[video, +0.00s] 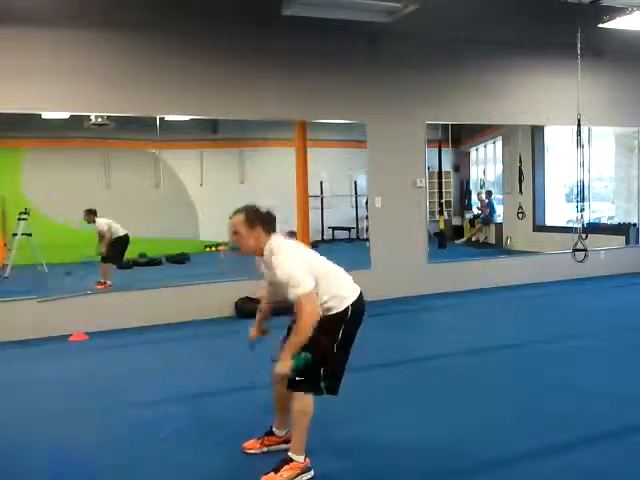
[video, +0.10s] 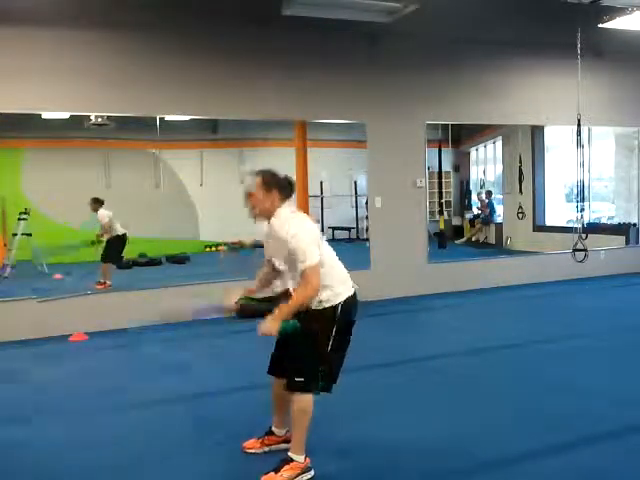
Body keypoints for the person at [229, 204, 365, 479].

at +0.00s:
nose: (234, 239)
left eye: (237, 232)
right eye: (233, 233)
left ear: (257, 231)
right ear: (256, 232)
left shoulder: (284, 258)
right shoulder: (269, 254)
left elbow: (310, 312)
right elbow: (272, 292)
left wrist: (287, 357)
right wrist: (261, 322)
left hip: (342, 307)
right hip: (315, 304)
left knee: (301, 380)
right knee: (283, 368)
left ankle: (298, 460)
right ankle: (281, 433)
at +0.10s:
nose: (249, 201)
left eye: (254, 194)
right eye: (249, 195)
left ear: (274, 195)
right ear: (271, 196)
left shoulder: (296, 227)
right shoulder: (274, 226)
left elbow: (311, 285)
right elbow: (274, 268)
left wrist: (277, 317)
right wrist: (251, 292)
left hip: (333, 302)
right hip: (305, 298)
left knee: (301, 382)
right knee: (281, 371)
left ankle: (298, 460)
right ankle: (280, 432)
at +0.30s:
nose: (273, 166)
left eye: (278, 160)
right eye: (273, 161)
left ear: (300, 164)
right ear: (288, 165)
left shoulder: (315, 199)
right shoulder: (284, 198)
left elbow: (315, 251)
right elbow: (268, 239)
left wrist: (272, 263)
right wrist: (232, 245)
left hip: (310, 300)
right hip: (284, 296)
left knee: (300, 382)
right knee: (275, 370)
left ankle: (298, 459)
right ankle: (279, 431)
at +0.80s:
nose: (289, 165)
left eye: (296, 159)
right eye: (290, 159)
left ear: (316, 166)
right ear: (303, 165)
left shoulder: (326, 200)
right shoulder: (295, 198)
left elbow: (323, 255)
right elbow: (287, 246)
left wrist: (292, 291)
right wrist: (269, 280)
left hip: (318, 298)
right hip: (291, 296)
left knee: (310, 376)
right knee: (281, 370)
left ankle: (313, 453)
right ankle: (280, 432)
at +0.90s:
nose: (297, 164)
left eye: (303, 159)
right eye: (298, 158)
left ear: (323, 166)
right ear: (312, 166)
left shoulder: (333, 200)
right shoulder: (303, 199)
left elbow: (330, 257)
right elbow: (293, 246)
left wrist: (295, 283)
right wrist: (271, 275)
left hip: (325, 298)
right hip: (298, 296)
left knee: (318, 376)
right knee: (288, 370)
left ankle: (350, 443)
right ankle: (281, 433)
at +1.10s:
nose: (313, 164)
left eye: (320, 157)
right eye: (313, 158)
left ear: (341, 164)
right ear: (326, 165)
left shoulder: (352, 203)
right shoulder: (322, 201)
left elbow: (363, 258)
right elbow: (325, 250)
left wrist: (336, 293)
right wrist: (303, 276)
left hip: (347, 303)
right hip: (318, 298)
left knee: (349, 377)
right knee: (303, 367)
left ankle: (363, 447)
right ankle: (286, 429)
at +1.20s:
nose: (323, 161)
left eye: (329, 155)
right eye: (324, 155)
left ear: (350, 162)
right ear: (339, 162)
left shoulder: (361, 197)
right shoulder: (333, 197)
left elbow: (378, 247)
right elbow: (338, 246)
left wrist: (347, 276)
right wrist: (317, 262)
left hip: (356, 302)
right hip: (327, 298)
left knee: (357, 376)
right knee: (312, 365)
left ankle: (363, 446)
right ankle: (306, 424)